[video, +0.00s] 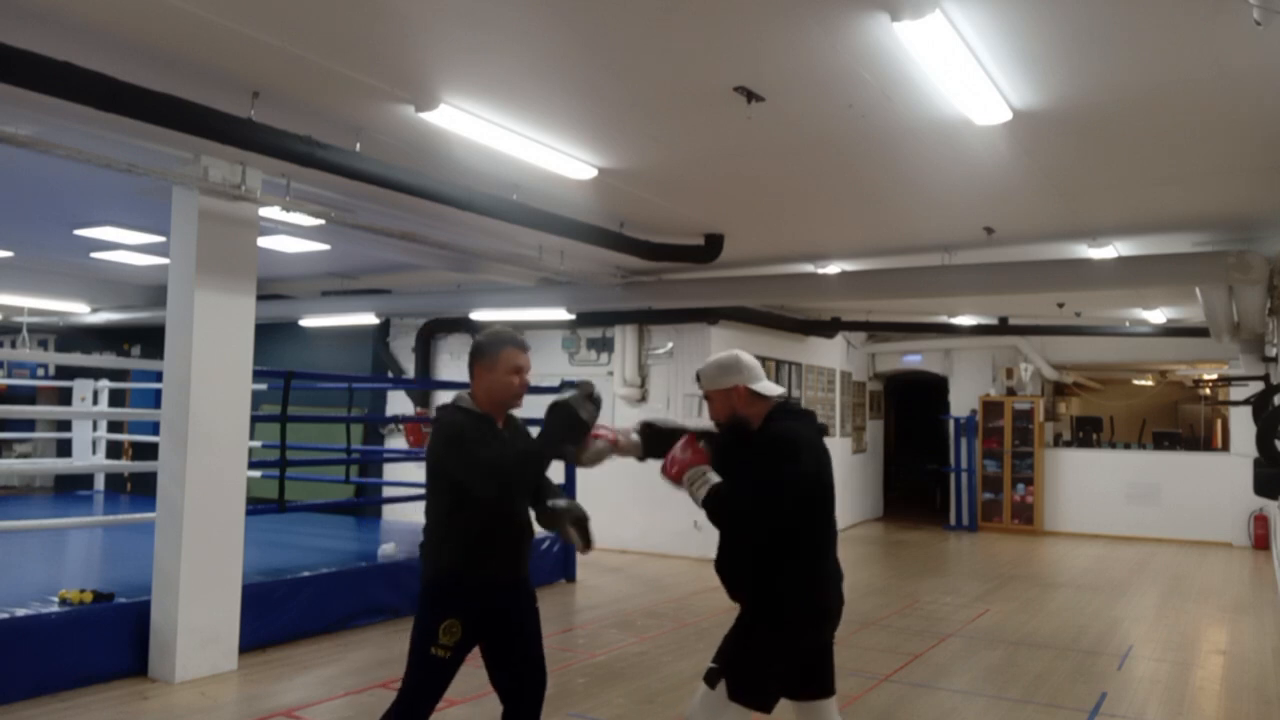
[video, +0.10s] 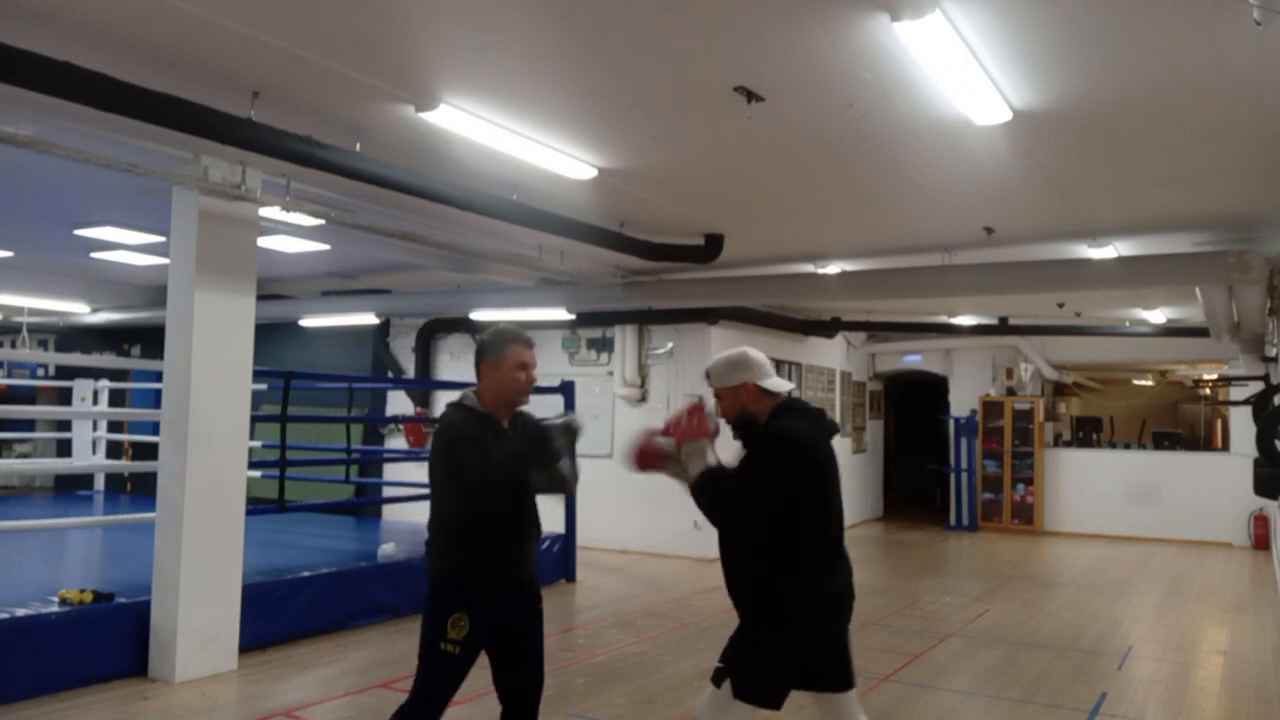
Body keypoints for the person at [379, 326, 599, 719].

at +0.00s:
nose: (525, 383)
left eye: (526, 374)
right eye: (516, 373)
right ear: (481, 374)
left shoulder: (516, 431)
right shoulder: (452, 426)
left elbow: (536, 486)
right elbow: (501, 478)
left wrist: (556, 509)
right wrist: (554, 434)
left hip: (508, 582)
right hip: (453, 584)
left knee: (526, 694)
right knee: (417, 699)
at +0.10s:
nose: (532, 378)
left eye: (533, 369)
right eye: (521, 367)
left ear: (531, 374)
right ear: (487, 370)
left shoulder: (523, 428)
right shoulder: (458, 427)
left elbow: (559, 481)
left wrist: (556, 454)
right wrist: (536, 447)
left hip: (515, 582)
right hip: (461, 585)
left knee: (523, 701)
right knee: (428, 701)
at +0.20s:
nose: (531, 376)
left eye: (533, 367)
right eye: (520, 366)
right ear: (486, 367)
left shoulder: (535, 421)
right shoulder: (450, 430)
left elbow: (591, 440)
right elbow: (457, 509)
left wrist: (584, 423)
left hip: (515, 579)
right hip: (457, 581)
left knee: (521, 700)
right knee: (435, 698)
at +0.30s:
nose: (524, 376)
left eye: (525, 366)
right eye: (514, 366)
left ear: (524, 369)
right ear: (479, 368)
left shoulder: (530, 414)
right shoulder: (442, 430)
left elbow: (588, 409)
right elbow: (441, 511)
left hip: (511, 583)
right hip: (452, 588)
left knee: (522, 703)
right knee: (435, 707)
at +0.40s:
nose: (515, 378)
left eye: (517, 368)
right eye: (505, 367)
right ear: (469, 368)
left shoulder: (518, 415)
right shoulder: (429, 439)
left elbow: (574, 415)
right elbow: (434, 521)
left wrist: (628, 406)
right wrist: (499, 464)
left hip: (505, 585)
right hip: (445, 591)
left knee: (522, 703)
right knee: (428, 709)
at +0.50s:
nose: (504, 379)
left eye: (505, 369)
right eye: (494, 368)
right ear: (457, 369)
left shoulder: (506, 420)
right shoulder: (420, 435)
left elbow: (551, 456)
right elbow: (422, 520)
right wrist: (490, 463)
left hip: (499, 583)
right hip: (438, 588)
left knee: (518, 698)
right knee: (425, 707)